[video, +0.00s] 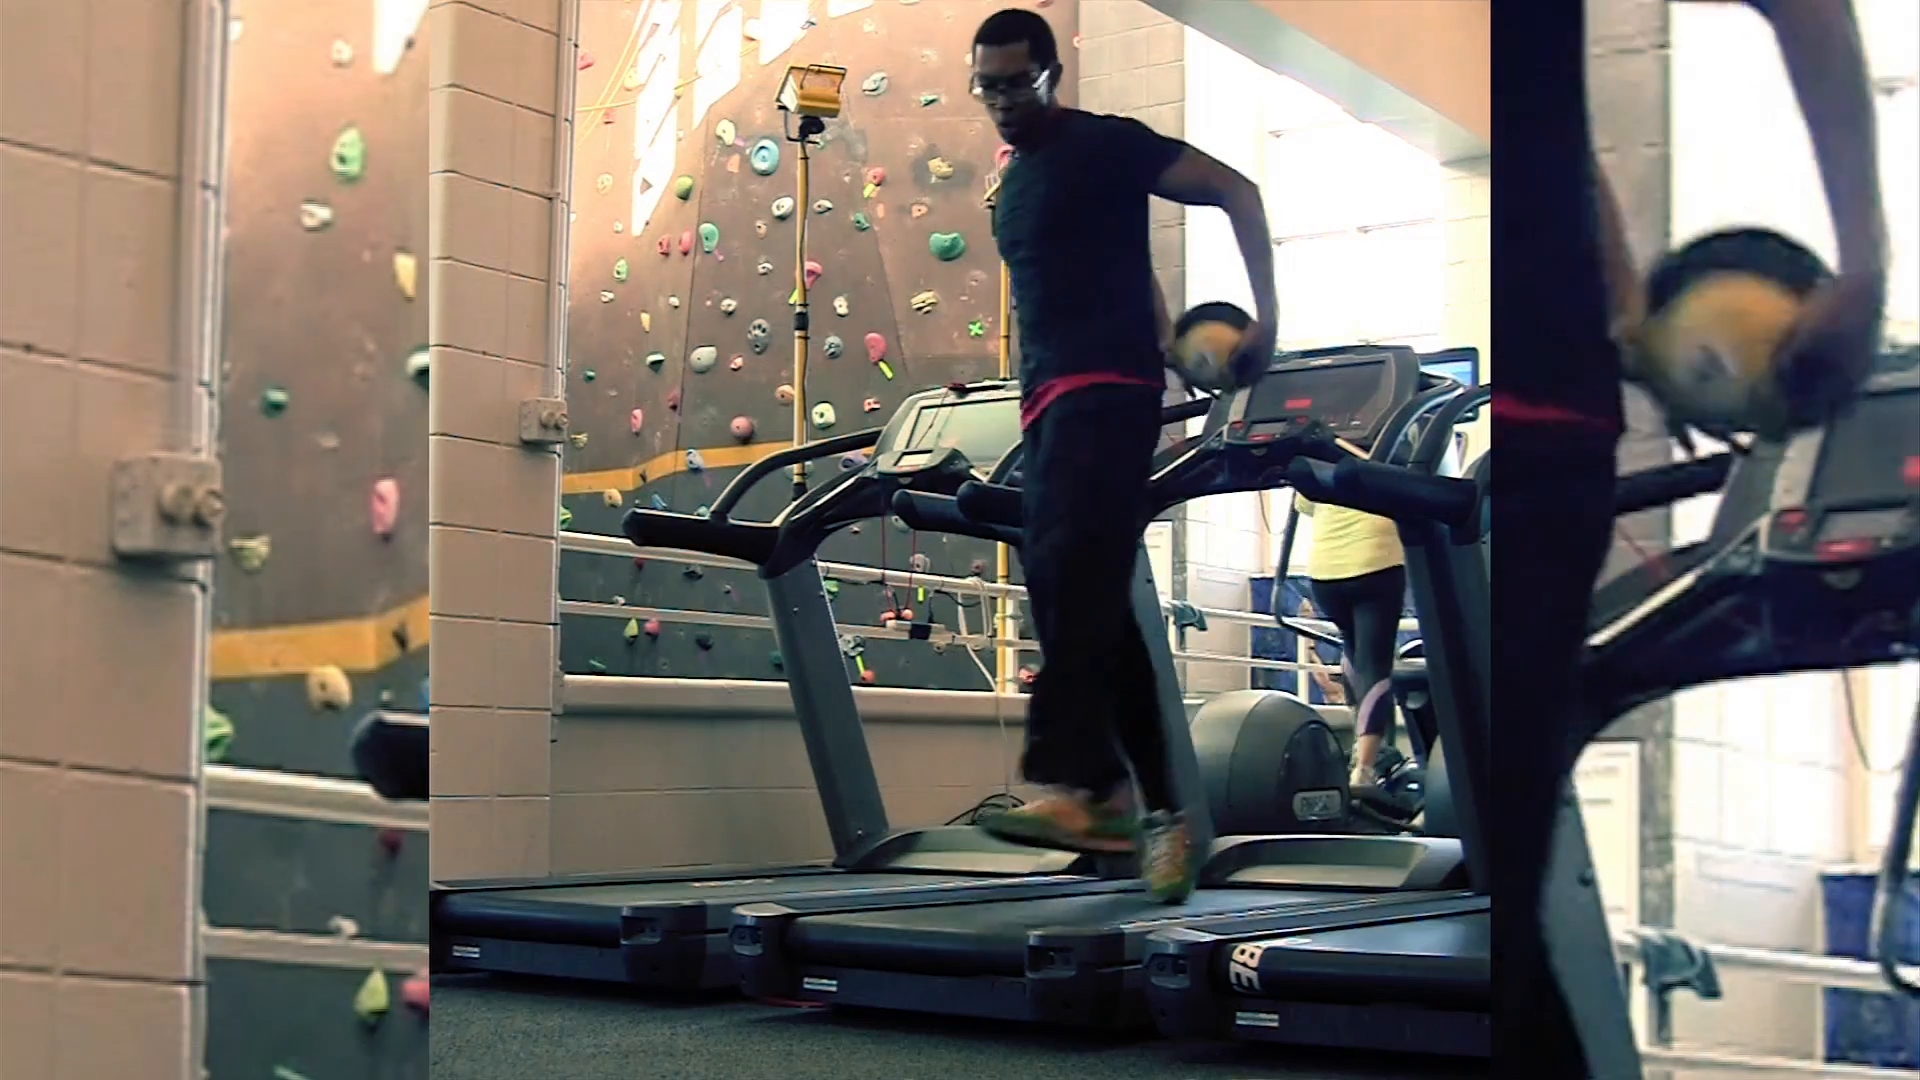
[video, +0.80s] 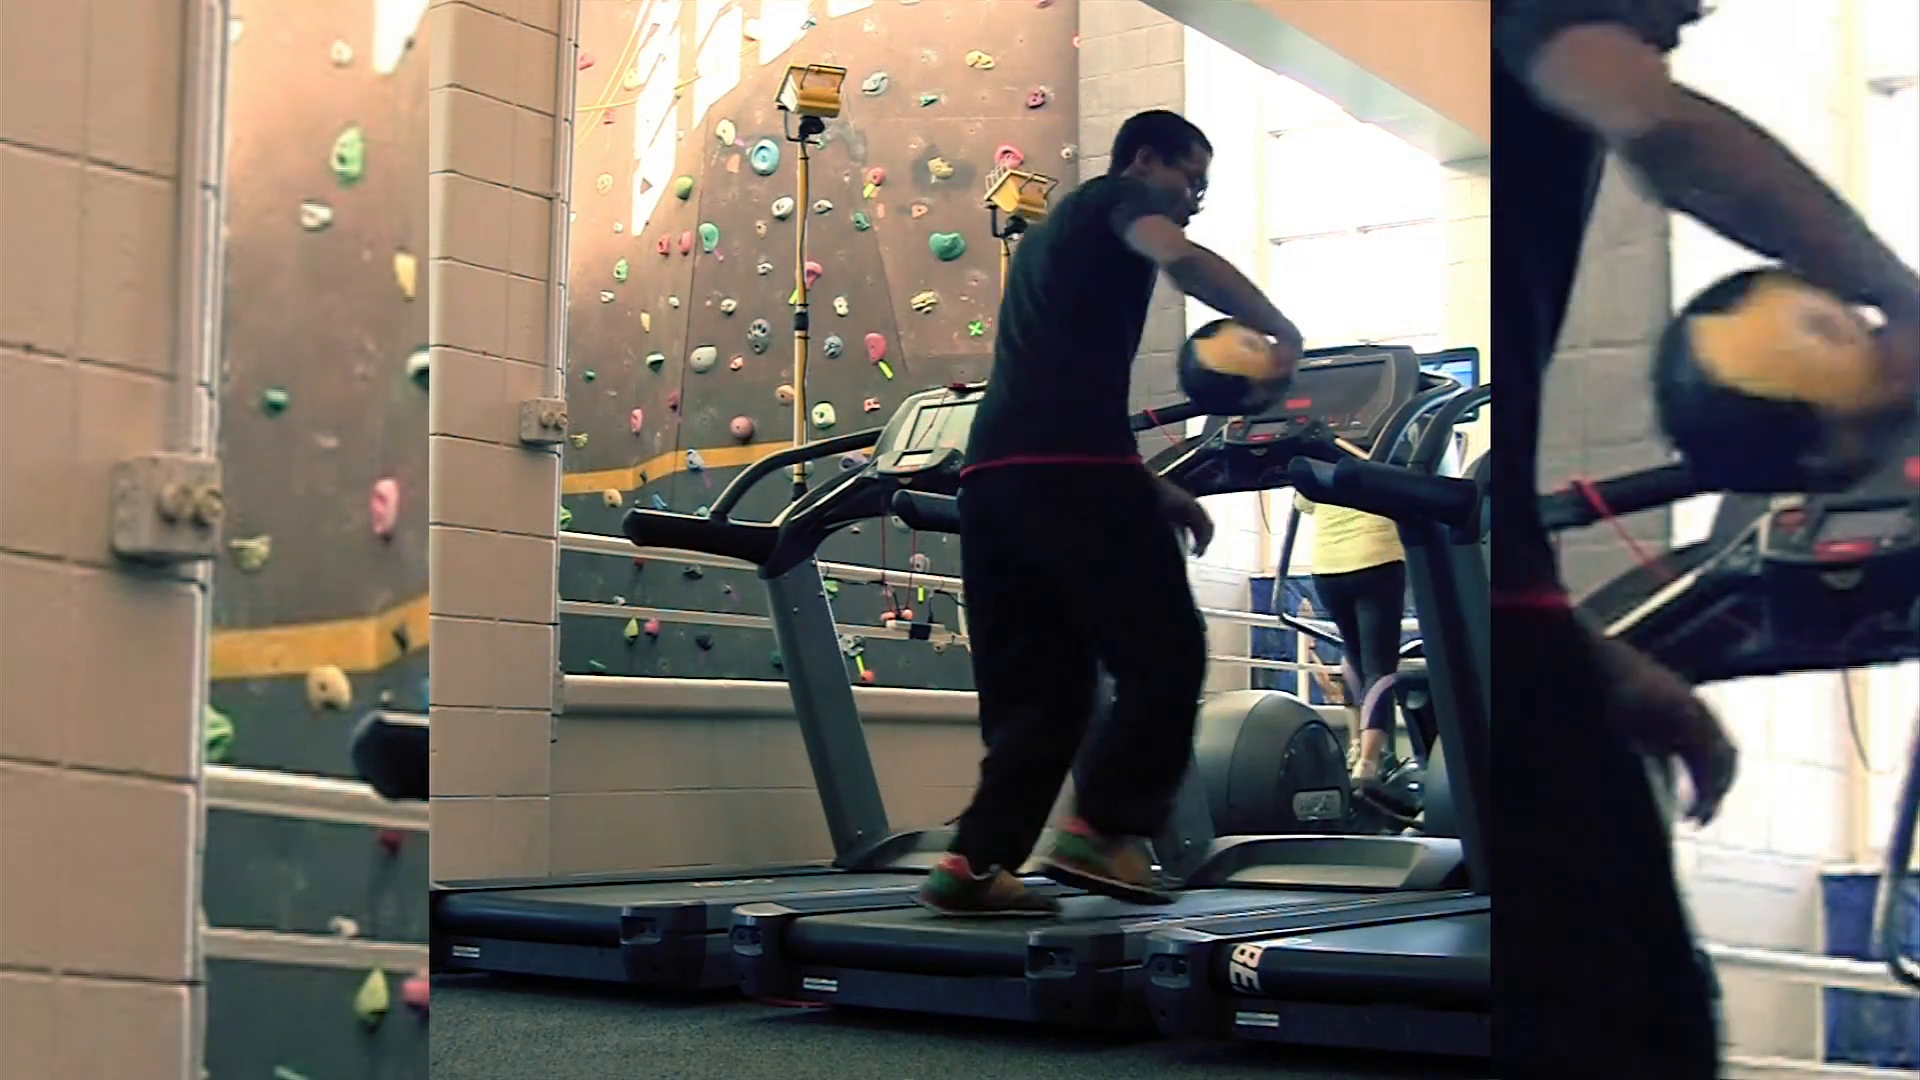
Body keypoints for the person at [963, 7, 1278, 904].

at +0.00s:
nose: (1005, 101)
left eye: (1019, 83)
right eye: (990, 88)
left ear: (1053, 73)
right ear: (976, 89)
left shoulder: (1102, 141)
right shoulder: (1012, 178)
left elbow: (1236, 192)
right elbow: (1113, 264)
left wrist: (1264, 316)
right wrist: (1168, 347)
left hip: (1107, 389)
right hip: (1051, 401)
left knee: (1070, 577)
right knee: (1089, 602)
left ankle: (1080, 792)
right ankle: (1171, 812)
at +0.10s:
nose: (1047, 98)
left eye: (1060, 83)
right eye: (1030, 83)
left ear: (1078, 82)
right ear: (1000, 84)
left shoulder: (1124, 158)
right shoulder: (991, 190)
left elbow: (1227, 239)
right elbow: (1022, 292)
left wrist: (1211, 369)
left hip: (1120, 396)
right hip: (1037, 413)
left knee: (1111, 582)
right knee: (1052, 607)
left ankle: (1186, 795)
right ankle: (1102, 816)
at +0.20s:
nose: (1090, 104)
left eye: (1102, 90)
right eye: (1075, 87)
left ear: (1112, 91)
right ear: (1033, 83)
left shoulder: (1144, 181)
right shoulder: (986, 189)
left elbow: (1184, 290)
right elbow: (978, 275)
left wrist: (1144, 368)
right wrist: (963, 365)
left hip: (1128, 439)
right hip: (1034, 447)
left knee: (1163, 634)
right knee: (1047, 660)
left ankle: (1268, 807)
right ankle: (1090, 843)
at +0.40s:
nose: (1173, 124)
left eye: (1178, 110)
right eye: (1165, 103)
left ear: (1133, 100)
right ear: (1113, 88)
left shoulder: (1140, 210)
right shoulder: (1009, 161)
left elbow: (1107, 328)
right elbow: (896, 242)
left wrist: (1135, 419)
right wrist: (904, 327)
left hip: (1128, 450)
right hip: (1029, 446)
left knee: (1196, 626)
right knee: (1000, 641)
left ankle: (1193, 816)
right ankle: (991, 844)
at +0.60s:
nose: (1166, 180)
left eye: (1169, 169)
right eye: (1163, 164)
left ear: (1100, 143)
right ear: (1130, 142)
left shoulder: (1034, 221)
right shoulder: (1102, 181)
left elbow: (1050, 385)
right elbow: (1172, 259)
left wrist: (1131, 474)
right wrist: (1260, 286)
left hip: (1036, 453)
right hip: (1067, 449)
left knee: (1135, 653)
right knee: (1068, 638)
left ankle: (1068, 858)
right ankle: (909, 820)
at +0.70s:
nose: (1177, 202)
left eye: (1180, 193)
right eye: (1176, 188)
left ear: (1107, 161)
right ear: (1144, 164)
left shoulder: (1027, 230)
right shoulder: (1120, 197)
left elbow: (1040, 394)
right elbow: (1242, 270)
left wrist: (1150, 472)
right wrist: (1283, 327)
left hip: (997, 478)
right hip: (1064, 471)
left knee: (1040, 675)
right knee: (1110, 666)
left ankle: (1038, 860)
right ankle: (979, 823)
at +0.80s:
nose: (1197, 200)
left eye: (1201, 187)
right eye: (1192, 181)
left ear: (1132, 161)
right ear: (1146, 157)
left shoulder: (1042, 237)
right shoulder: (1117, 195)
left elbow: (1063, 397)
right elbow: (1175, 254)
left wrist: (1156, 486)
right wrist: (1279, 324)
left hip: (997, 481)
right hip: (1078, 474)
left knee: (1042, 685)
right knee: (1167, 653)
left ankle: (977, 857)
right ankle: (1103, 831)